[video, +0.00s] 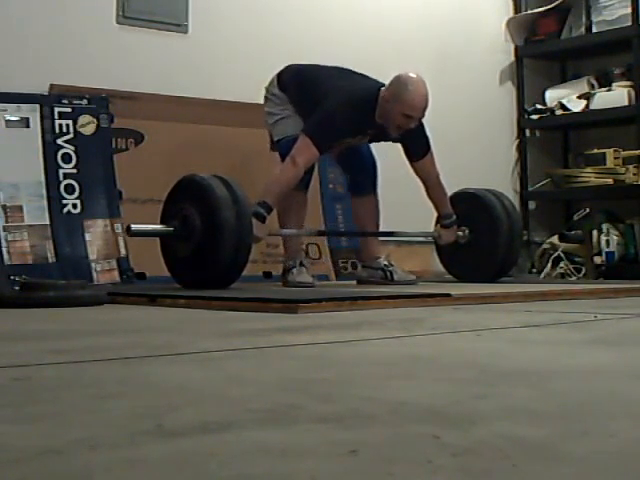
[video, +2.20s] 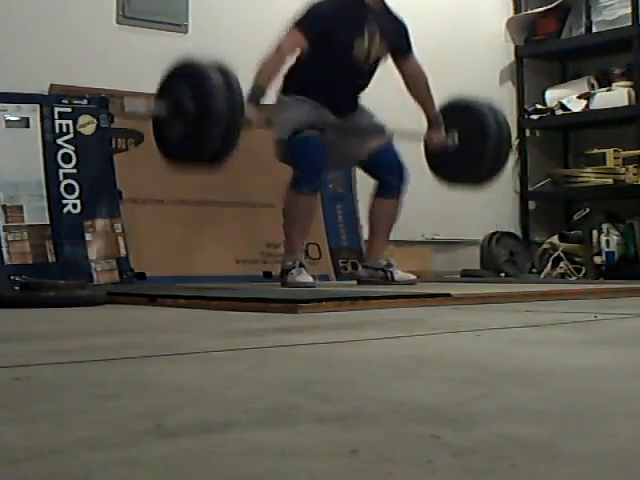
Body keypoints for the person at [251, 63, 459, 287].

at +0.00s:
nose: (411, 126)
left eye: (417, 120)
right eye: (407, 117)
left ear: (422, 114)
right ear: (385, 100)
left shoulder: (408, 122)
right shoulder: (346, 109)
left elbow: (429, 175)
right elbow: (296, 162)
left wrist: (448, 218)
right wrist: (260, 212)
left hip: (334, 107)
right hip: (288, 98)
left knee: (363, 167)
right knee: (298, 170)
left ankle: (371, 263)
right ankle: (295, 265)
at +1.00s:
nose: (405, 109)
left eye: (412, 103)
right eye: (401, 100)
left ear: (417, 100)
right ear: (380, 88)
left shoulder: (410, 127)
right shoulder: (342, 110)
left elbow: (432, 177)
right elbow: (295, 163)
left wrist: (448, 220)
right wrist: (259, 215)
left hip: (337, 151)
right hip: (286, 134)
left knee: (396, 174)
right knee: (298, 173)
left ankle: (374, 263)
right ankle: (293, 266)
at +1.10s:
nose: (404, 105)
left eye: (410, 98)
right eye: (399, 95)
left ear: (415, 97)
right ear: (377, 87)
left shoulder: (410, 128)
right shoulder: (340, 112)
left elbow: (433, 176)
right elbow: (293, 159)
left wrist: (450, 220)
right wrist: (261, 213)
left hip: (345, 180)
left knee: (403, 175)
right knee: (307, 171)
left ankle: (374, 263)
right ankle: (293, 266)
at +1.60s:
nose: (402, 66)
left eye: (404, 60)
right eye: (392, 58)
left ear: (405, 69)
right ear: (366, 68)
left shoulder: (401, 119)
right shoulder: (335, 103)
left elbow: (425, 166)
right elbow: (294, 153)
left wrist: (447, 211)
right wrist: (265, 206)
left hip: (355, 181)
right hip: (316, 177)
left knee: (409, 178)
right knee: (315, 171)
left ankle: (375, 262)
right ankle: (294, 264)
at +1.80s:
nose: (406, 43)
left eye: (409, 38)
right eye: (396, 36)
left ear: (412, 47)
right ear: (372, 44)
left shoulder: (402, 96)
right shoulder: (341, 78)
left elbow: (424, 141)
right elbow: (296, 127)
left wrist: (445, 188)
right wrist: (265, 176)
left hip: (350, 145)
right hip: (302, 138)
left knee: (396, 172)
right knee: (305, 157)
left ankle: (375, 262)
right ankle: (292, 263)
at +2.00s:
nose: (404, 7)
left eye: (406, 2)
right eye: (394, 1)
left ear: (408, 10)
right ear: (371, 6)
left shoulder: (399, 62)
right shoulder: (340, 44)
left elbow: (417, 106)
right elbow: (291, 89)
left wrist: (439, 154)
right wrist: (261, 134)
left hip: (341, 119)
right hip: (296, 112)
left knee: (380, 168)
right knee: (294, 159)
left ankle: (374, 262)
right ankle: (291, 263)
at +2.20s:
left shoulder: (392, 26)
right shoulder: (331, 10)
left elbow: (412, 73)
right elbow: (284, 50)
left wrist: (434, 121)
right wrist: (255, 97)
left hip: (348, 112)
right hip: (302, 104)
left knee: (392, 171)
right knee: (310, 162)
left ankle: (375, 262)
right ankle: (293, 264)